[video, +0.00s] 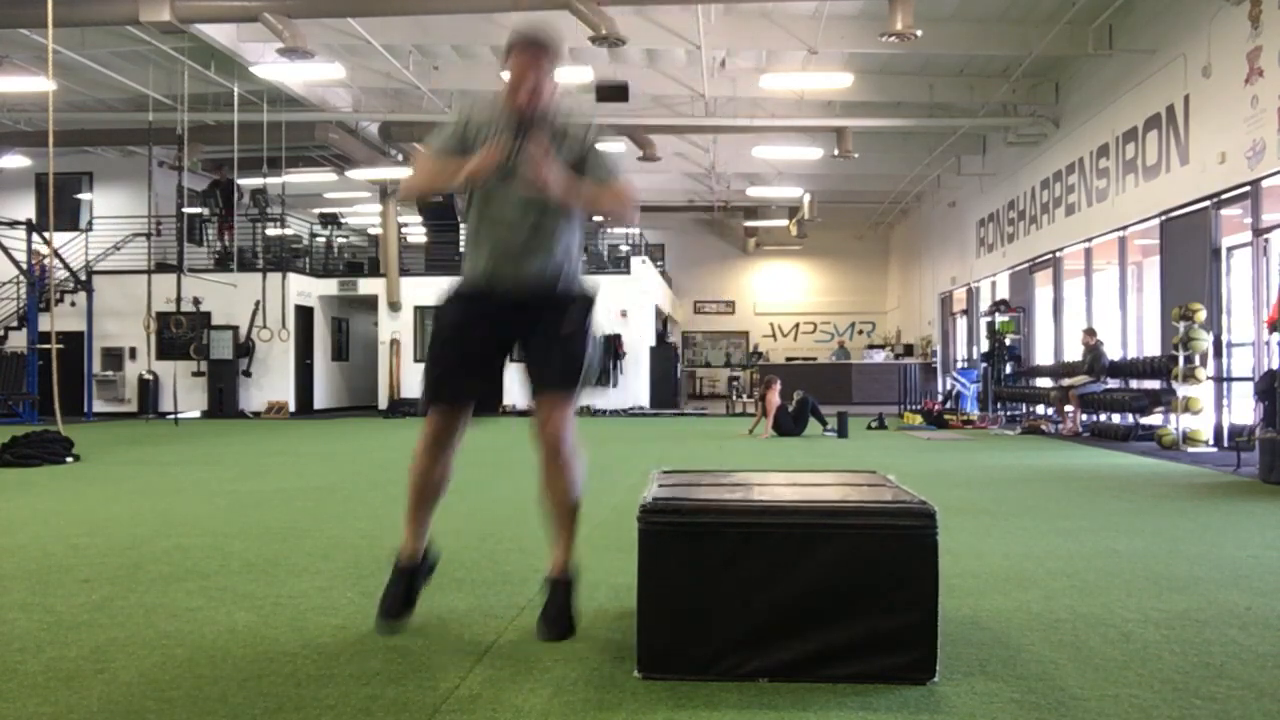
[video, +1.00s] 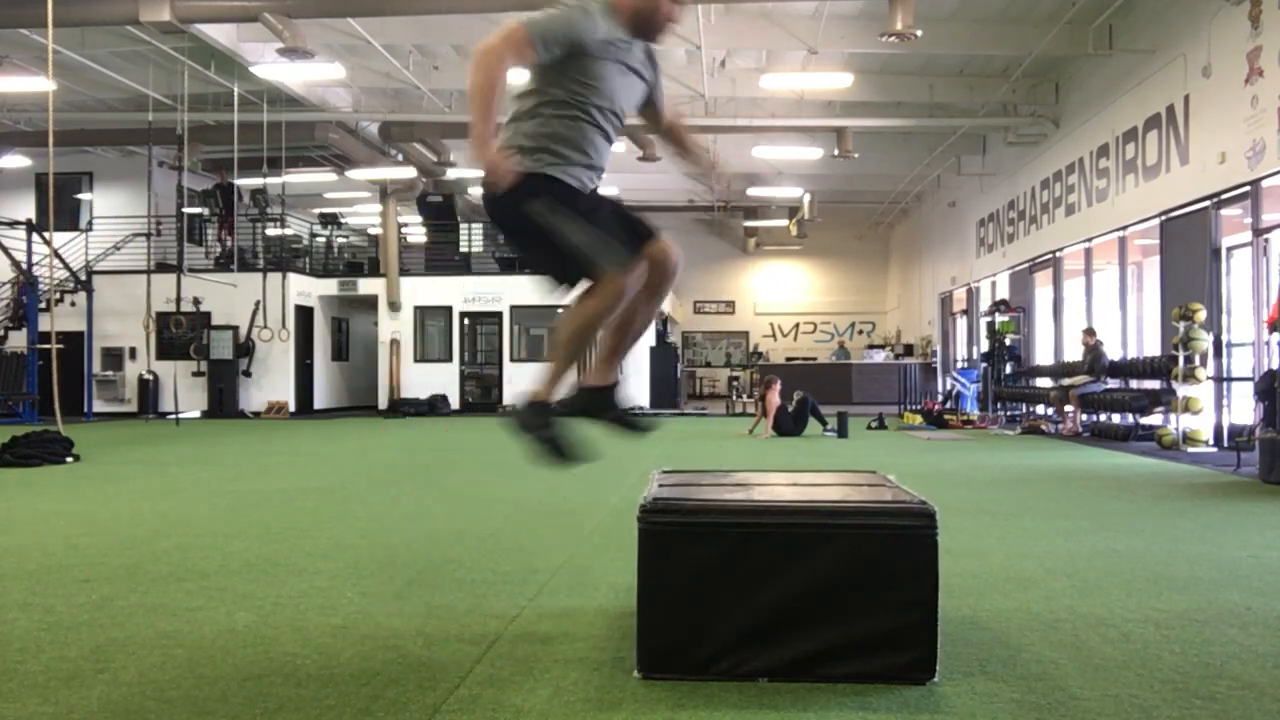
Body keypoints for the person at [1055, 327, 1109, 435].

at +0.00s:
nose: (1082, 340)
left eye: (1085, 337)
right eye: (1083, 337)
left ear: (1092, 339)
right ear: (1089, 338)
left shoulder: (1099, 353)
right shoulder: (1087, 351)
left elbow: (1096, 377)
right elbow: (1084, 370)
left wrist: (1075, 381)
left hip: (1099, 382)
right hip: (1086, 380)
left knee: (1073, 393)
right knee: (1057, 395)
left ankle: (1076, 426)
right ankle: (1066, 425)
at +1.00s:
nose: (1082, 340)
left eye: (1085, 337)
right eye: (1083, 337)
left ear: (1092, 338)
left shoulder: (1099, 353)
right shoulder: (1087, 351)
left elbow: (1098, 376)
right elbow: (1084, 370)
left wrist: (1079, 379)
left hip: (1099, 382)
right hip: (1086, 380)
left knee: (1074, 393)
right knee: (1057, 395)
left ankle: (1076, 426)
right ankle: (1066, 425)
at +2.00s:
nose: (1082, 339)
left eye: (1084, 337)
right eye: (1082, 336)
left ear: (1092, 337)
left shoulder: (1099, 353)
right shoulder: (1087, 351)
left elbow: (1097, 377)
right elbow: (1085, 371)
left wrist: (1074, 381)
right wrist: (1071, 380)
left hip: (1099, 382)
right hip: (1086, 379)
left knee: (1074, 393)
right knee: (1055, 395)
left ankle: (1076, 426)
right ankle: (1066, 425)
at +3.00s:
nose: (1081, 340)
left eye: (1084, 337)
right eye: (1081, 337)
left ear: (1091, 338)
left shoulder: (1099, 353)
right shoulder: (1087, 351)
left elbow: (1096, 376)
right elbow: (1085, 371)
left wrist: (1074, 381)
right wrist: (1071, 380)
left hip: (1099, 382)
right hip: (1087, 379)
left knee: (1074, 393)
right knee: (1055, 395)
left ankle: (1076, 426)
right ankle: (1066, 425)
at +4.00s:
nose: (1082, 340)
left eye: (1084, 337)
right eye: (1082, 336)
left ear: (1092, 338)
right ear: (1087, 338)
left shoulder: (1099, 353)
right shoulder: (1088, 351)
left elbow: (1095, 377)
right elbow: (1085, 372)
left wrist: (1073, 381)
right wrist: (1071, 380)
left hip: (1099, 382)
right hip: (1087, 379)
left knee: (1074, 393)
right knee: (1054, 395)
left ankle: (1076, 426)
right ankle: (1066, 424)